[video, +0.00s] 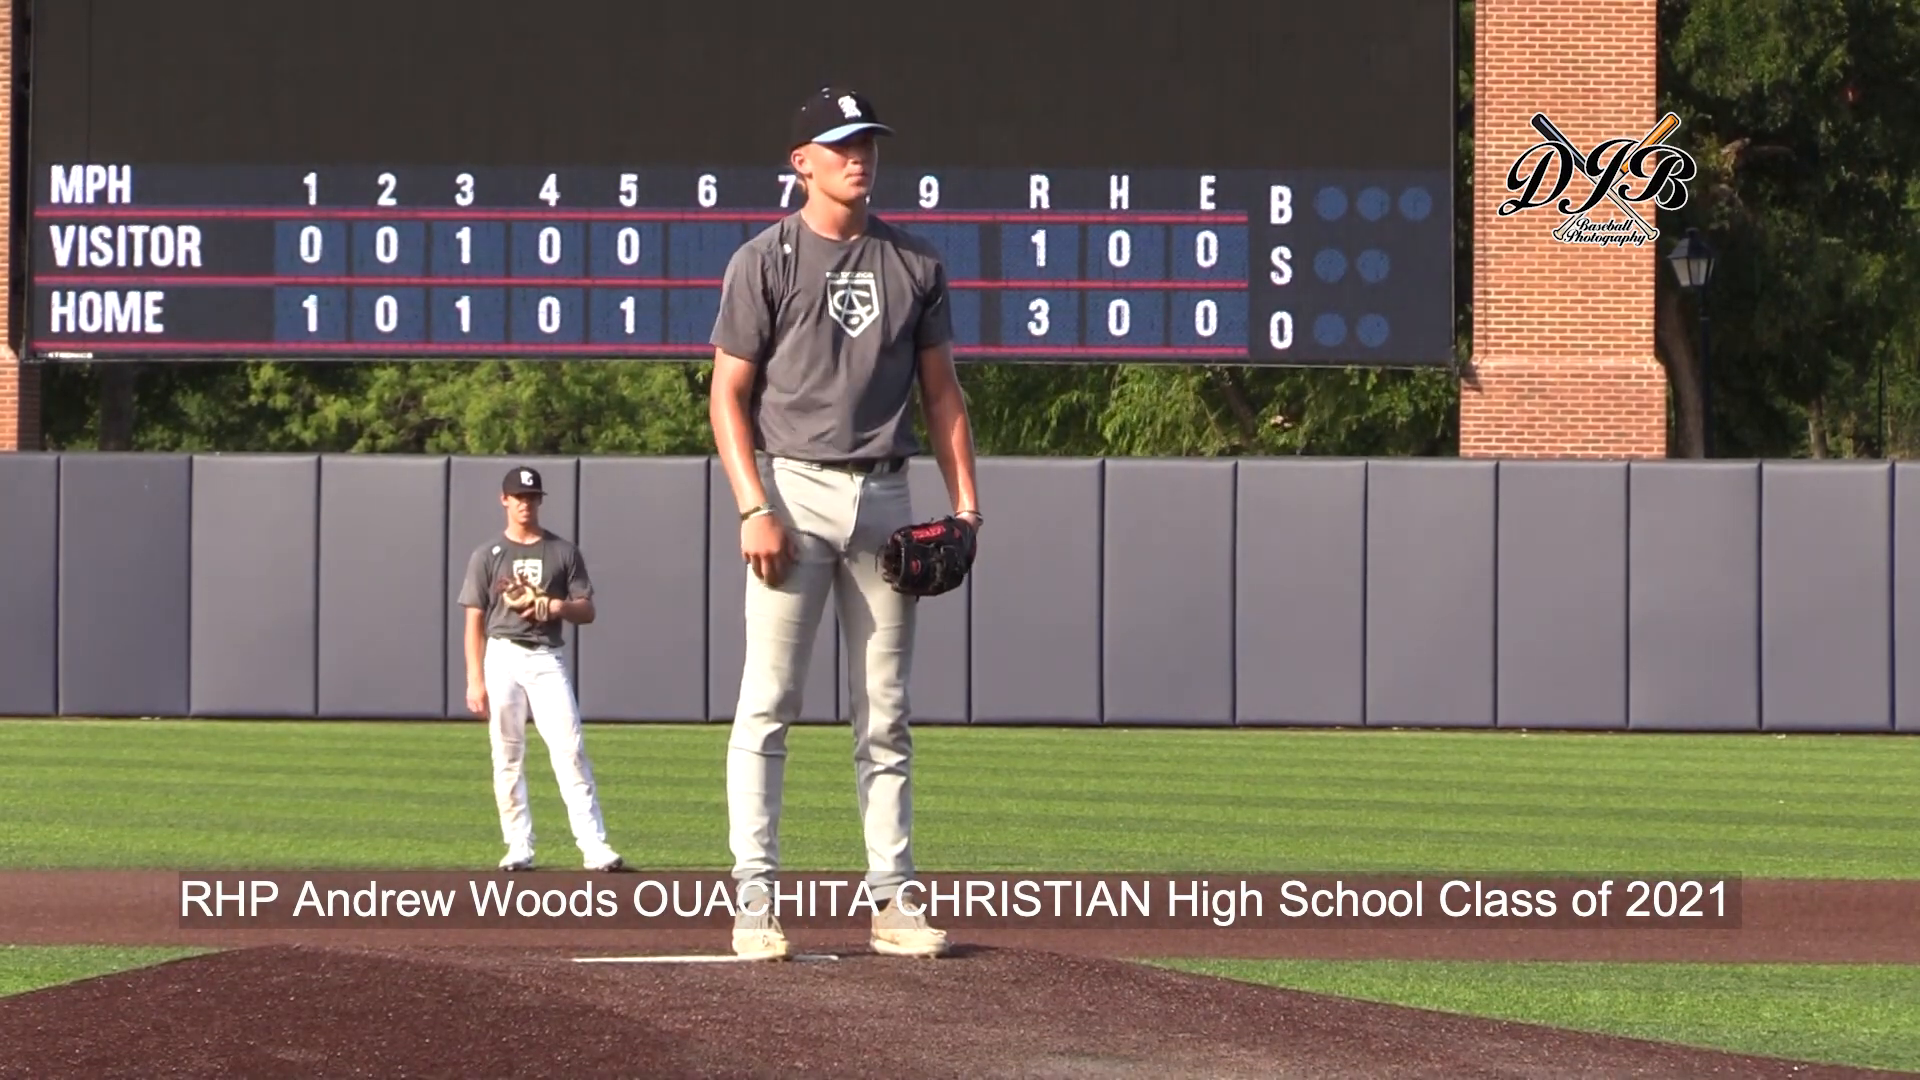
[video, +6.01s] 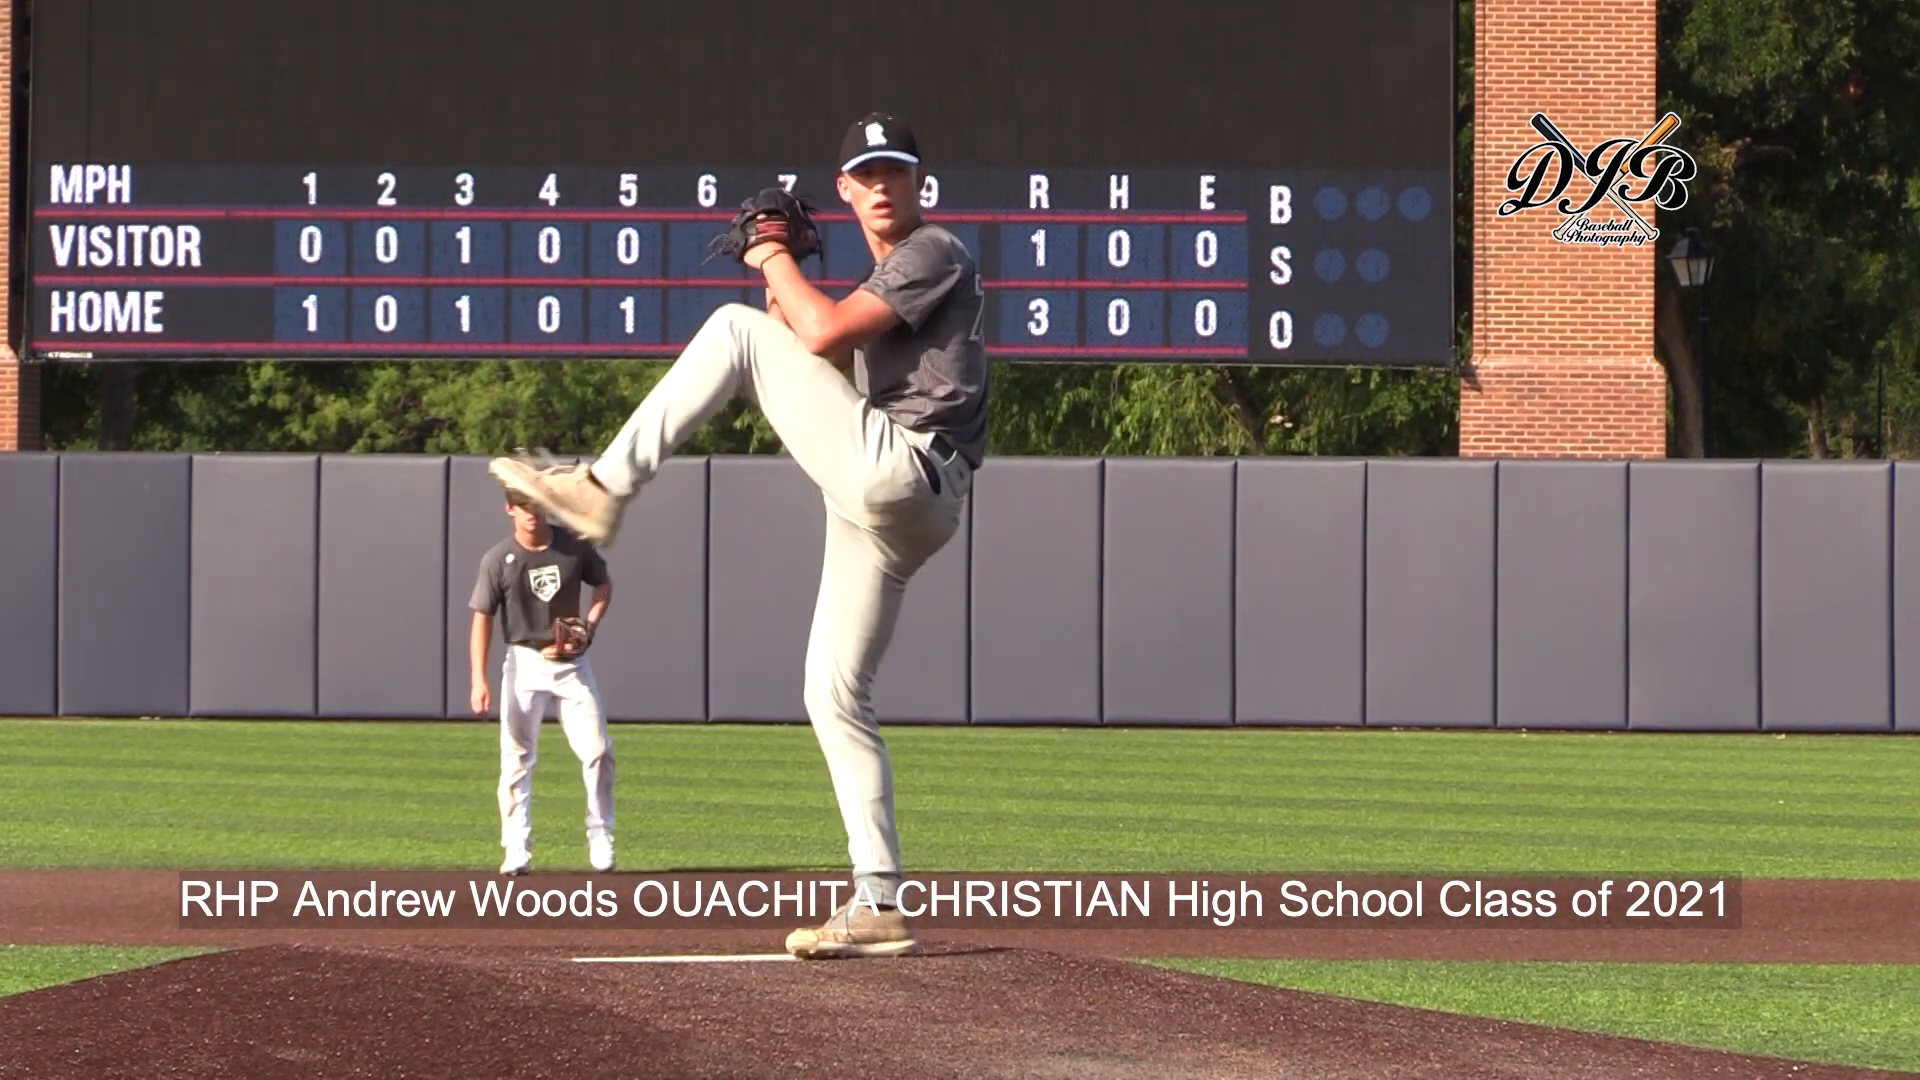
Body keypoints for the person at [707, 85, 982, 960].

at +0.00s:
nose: (860, 161)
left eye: (868, 148)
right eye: (843, 149)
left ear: (877, 160)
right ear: (803, 162)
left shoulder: (914, 266)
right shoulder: (763, 261)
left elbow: (943, 393)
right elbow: (727, 396)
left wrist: (965, 504)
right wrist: (755, 507)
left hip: (886, 496)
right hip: (790, 493)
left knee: (886, 713)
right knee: (768, 705)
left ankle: (893, 898)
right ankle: (756, 895)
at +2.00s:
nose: (853, 157)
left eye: (860, 143)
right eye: (836, 145)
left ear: (871, 157)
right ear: (798, 160)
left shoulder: (913, 268)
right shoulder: (758, 269)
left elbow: (944, 395)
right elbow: (733, 407)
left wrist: (965, 509)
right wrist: (744, 523)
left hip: (888, 496)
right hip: (792, 493)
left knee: (887, 712)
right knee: (769, 704)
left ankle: (893, 897)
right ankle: (756, 895)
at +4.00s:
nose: (845, 160)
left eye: (853, 146)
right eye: (826, 148)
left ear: (867, 158)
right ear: (791, 163)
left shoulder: (914, 258)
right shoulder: (752, 269)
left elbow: (944, 389)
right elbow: (729, 399)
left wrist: (889, 477)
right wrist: (797, 460)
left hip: (884, 507)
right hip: (785, 509)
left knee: (913, 709)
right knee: (769, 705)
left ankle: (964, 902)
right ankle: (755, 902)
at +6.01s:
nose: (879, 192)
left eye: (894, 175)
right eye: (864, 178)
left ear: (921, 183)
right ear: (846, 191)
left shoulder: (936, 252)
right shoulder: (877, 273)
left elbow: (825, 329)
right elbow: (824, 348)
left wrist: (773, 252)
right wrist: (780, 263)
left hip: (900, 469)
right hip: (883, 500)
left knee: (742, 326)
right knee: (839, 697)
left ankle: (600, 489)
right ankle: (878, 906)